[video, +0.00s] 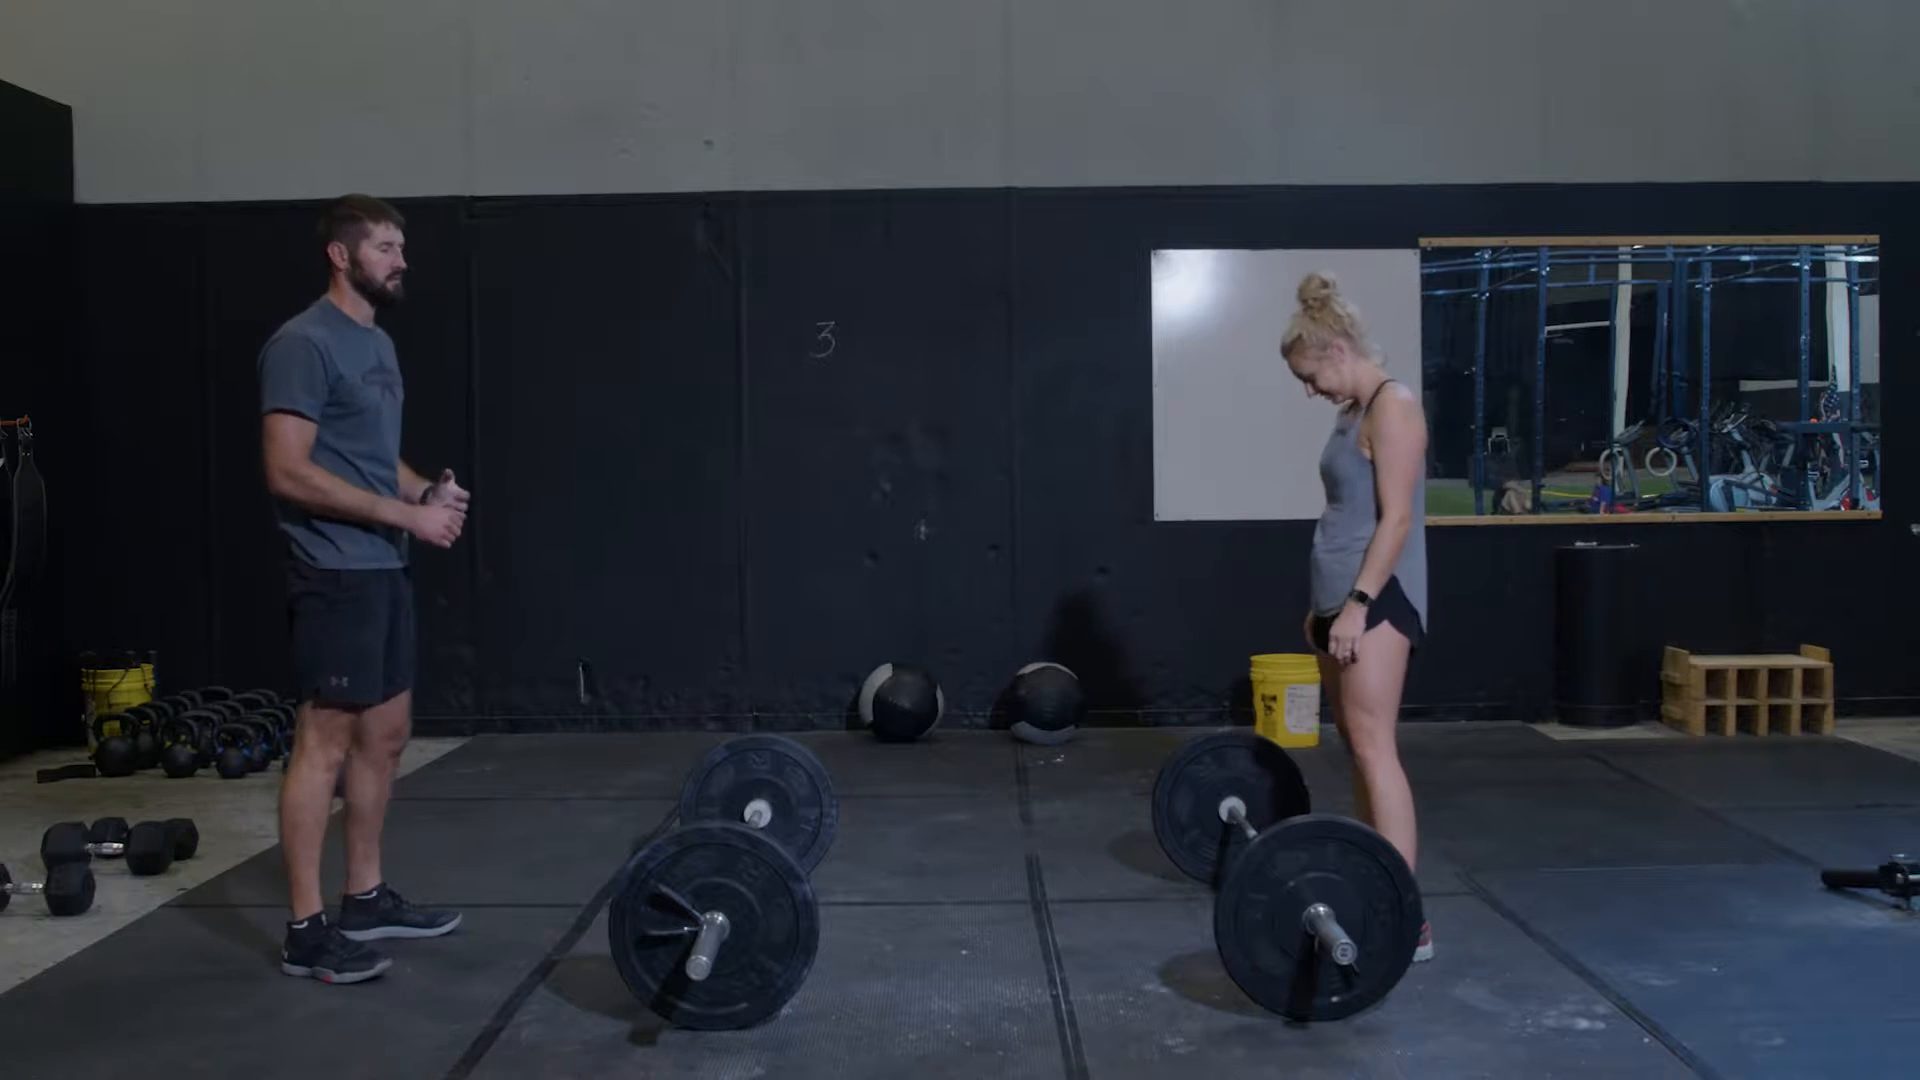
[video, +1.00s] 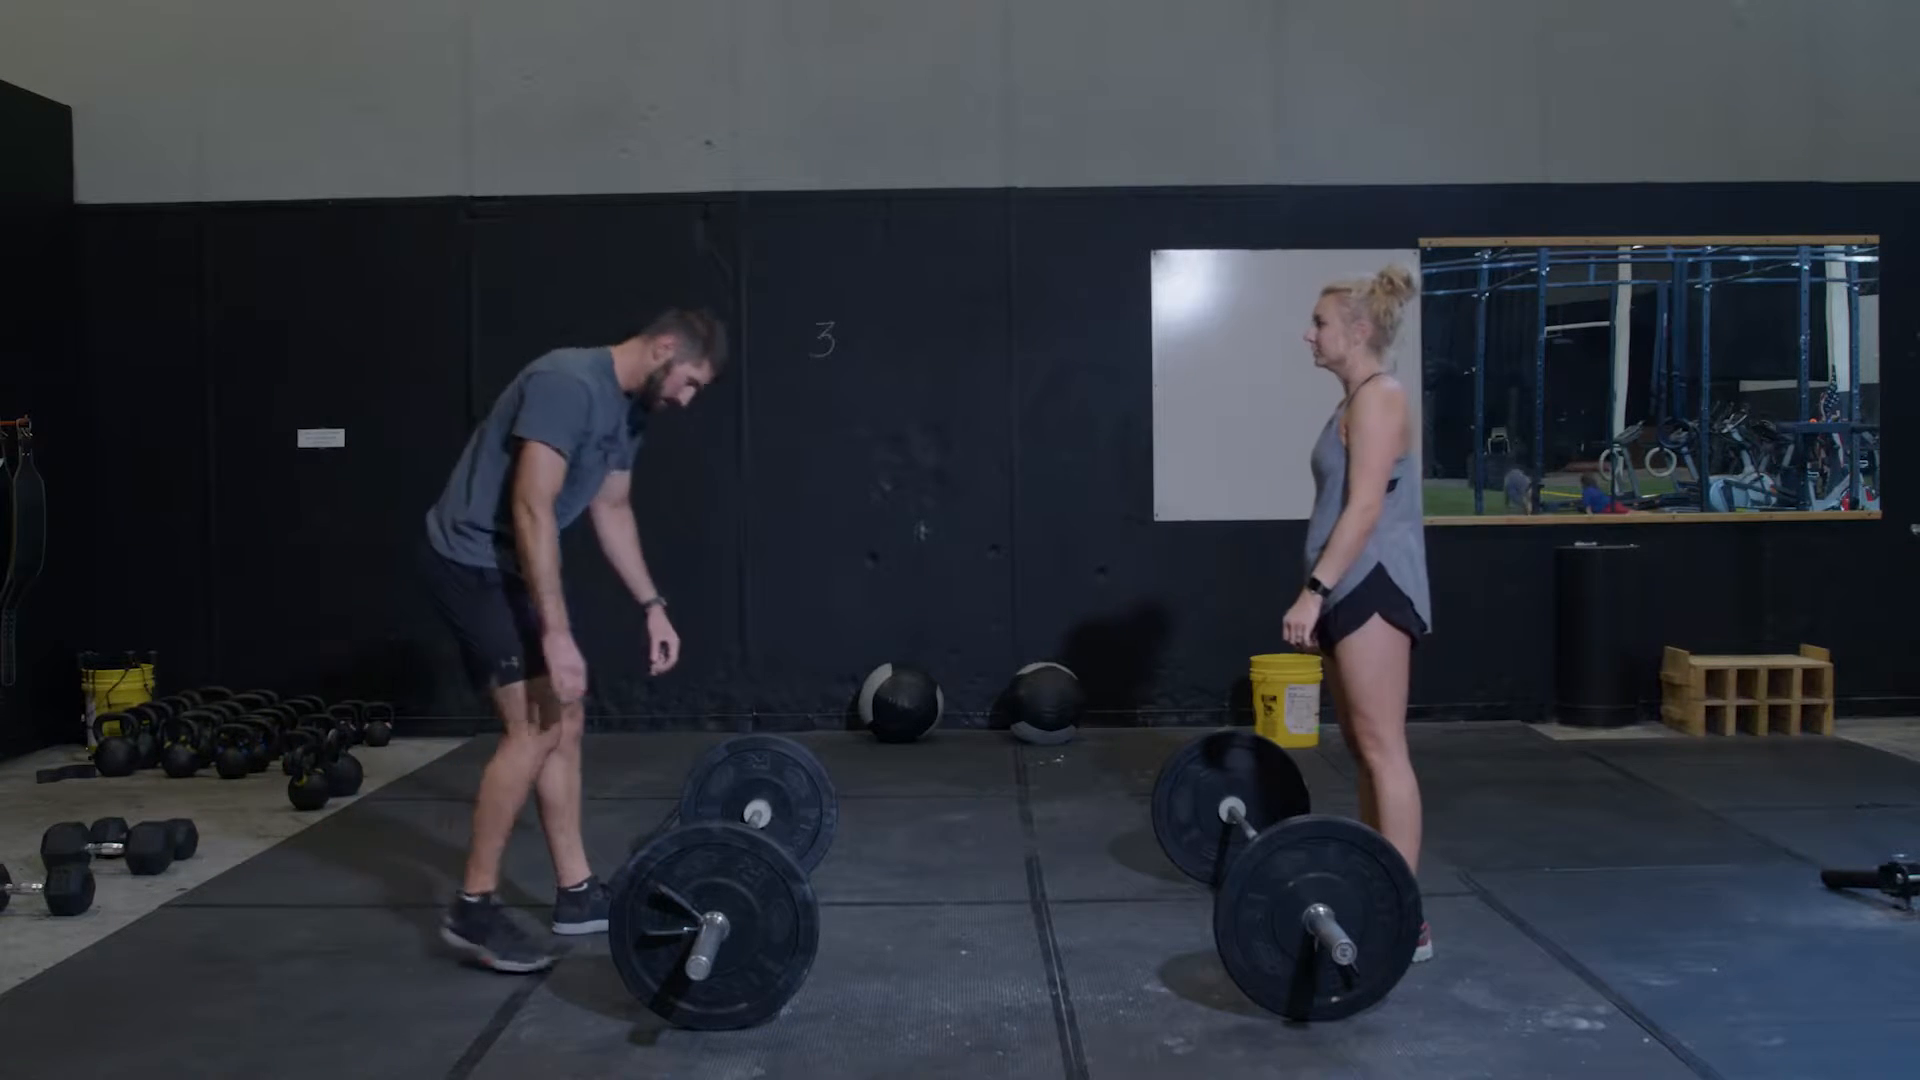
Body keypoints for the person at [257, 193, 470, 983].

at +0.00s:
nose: (398, 261)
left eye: (400, 249)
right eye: (385, 248)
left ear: (379, 259)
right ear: (340, 254)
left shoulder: (376, 344)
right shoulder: (301, 344)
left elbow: (369, 455)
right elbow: (286, 472)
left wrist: (424, 490)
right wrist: (405, 514)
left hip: (383, 570)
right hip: (331, 575)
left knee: (383, 736)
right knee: (322, 744)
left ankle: (366, 900)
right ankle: (306, 928)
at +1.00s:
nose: (686, 398)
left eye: (696, 389)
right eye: (690, 382)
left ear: (667, 356)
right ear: (663, 349)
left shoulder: (625, 408)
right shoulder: (568, 382)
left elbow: (612, 508)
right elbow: (532, 510)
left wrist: (652, 605)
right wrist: (557, 636)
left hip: (524, 561)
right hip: (471, 560)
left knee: (564, 715)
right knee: (530, 726)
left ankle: (576, 893)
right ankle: (473, 905)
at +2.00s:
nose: (779, 627)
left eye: (790, 620)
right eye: (786, 613)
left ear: (763, 576)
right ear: (764, 580)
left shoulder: (714, 590)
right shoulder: (694, 585)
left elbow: (722, 710)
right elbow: (691, 730)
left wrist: (746, 808)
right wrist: (729, 837)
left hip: (521, 612)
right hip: (486, 614)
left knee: (633, 725)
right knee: (618, 746)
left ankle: (595, 891)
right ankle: (565, 923)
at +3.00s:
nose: (790, 520)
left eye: (788, 505)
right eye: (780, 504)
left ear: (738, 506)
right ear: (736, 504)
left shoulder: (700, 567)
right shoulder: (679, 557)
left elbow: (684, 685)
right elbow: (652, 708)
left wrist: (675, 792)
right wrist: (655, 818)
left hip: (529, 620)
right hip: (485, 618)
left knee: (644, 721)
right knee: (616, 745)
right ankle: (575, 889)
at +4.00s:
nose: (677, 253)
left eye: (673, 240)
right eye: (664, 241)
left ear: (633, 255)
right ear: (624, 254)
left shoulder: (629, 338)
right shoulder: (597, 339)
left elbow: (614, 473)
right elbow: (583, 474)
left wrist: (640, 570)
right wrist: (604, 588)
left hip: (610, 558)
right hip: (575, 562)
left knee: (616, 725)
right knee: (590, 730)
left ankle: (590, 891)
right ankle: (566, 923)